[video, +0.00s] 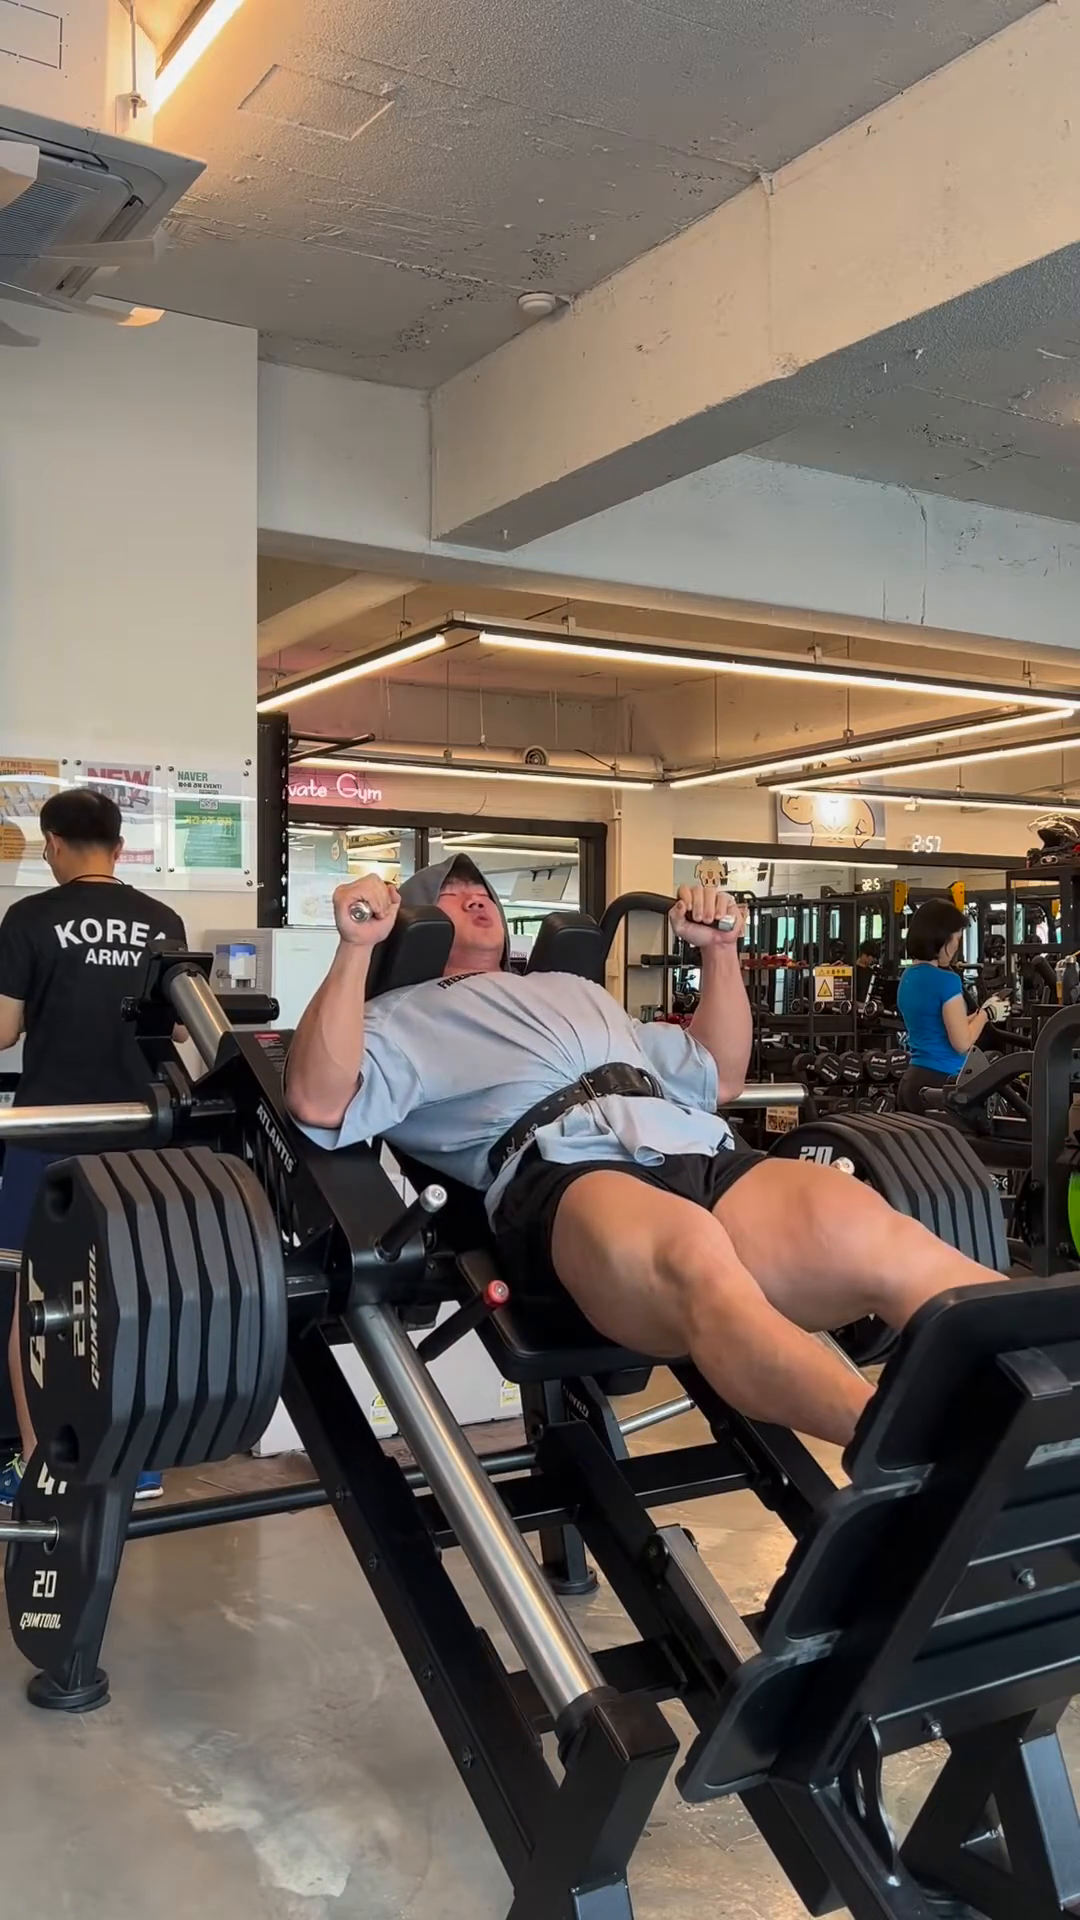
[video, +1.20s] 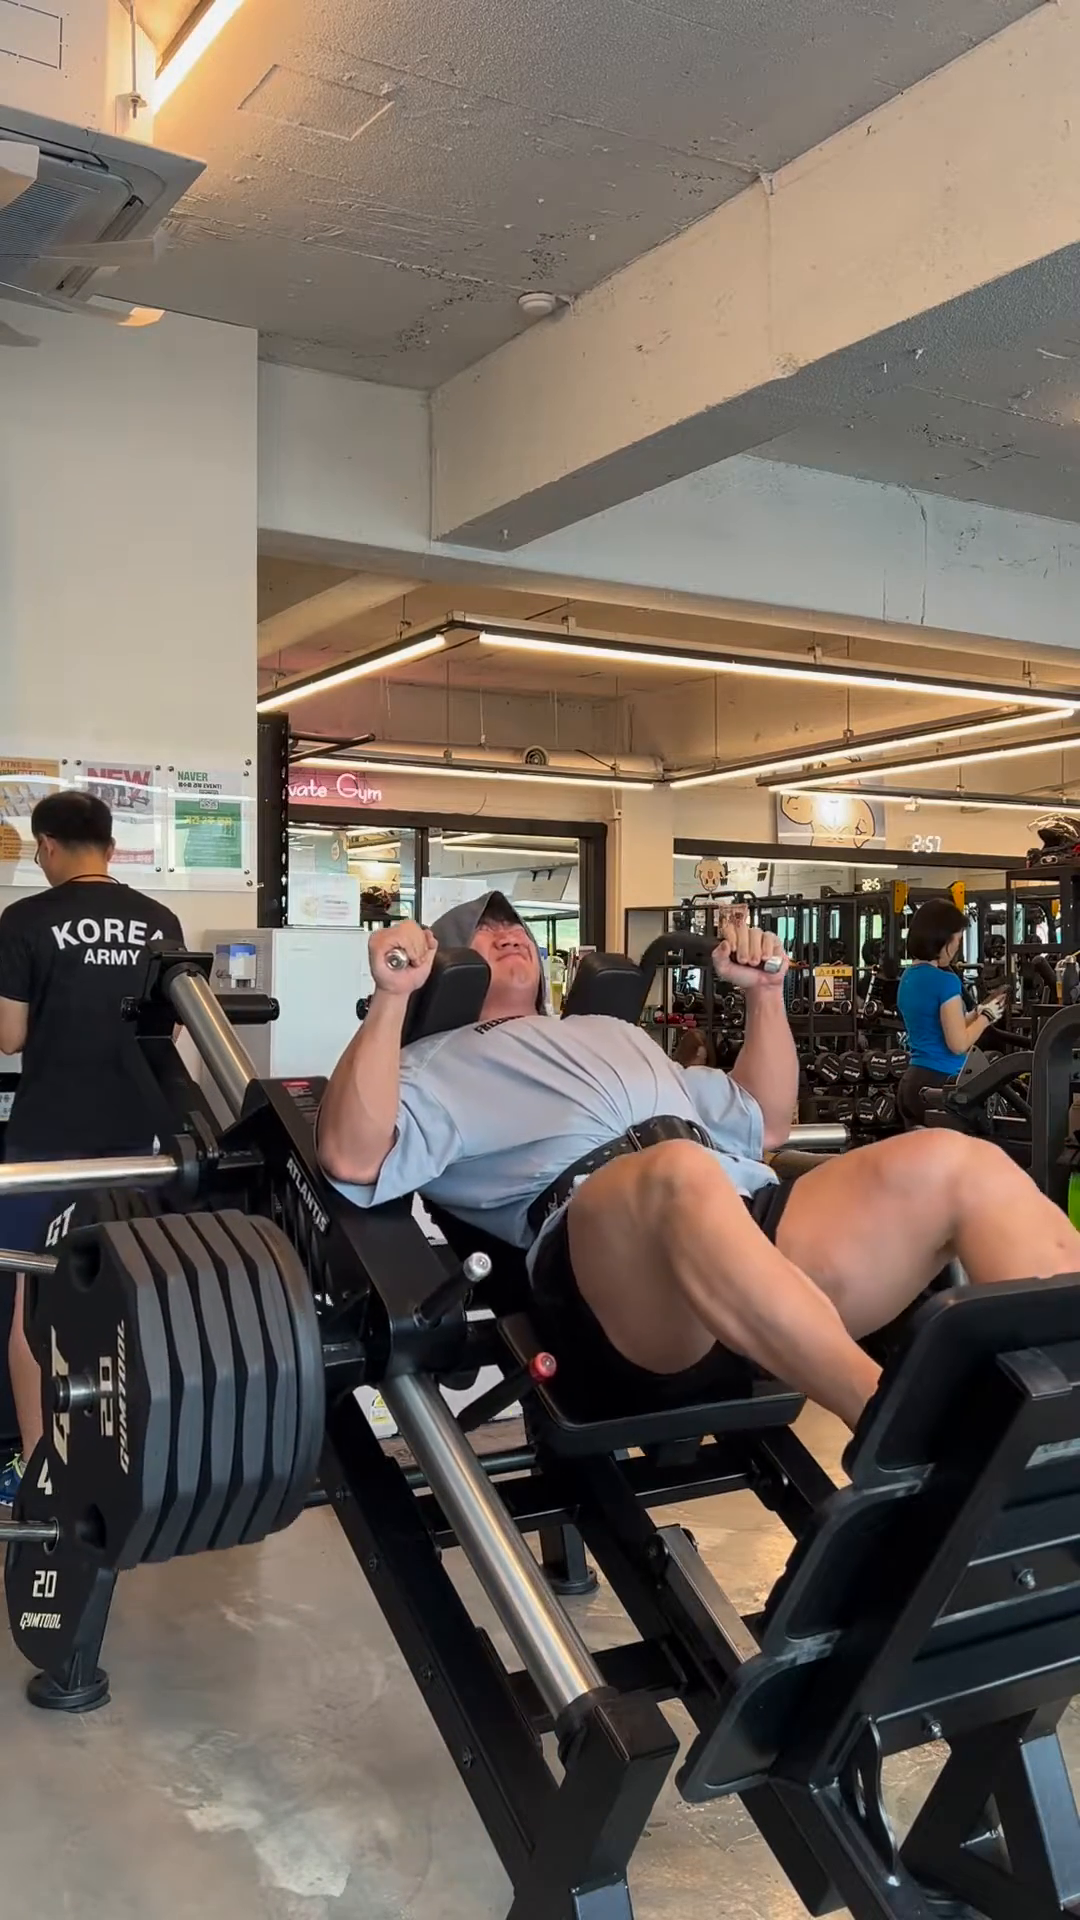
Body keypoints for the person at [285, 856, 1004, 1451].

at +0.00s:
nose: (480, 897)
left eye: (486, 891)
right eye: (457, 891)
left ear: (504, 920)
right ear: (419, 927)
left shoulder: (576, 990)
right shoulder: (405, 1017)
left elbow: (716, 1075)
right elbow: (317, 1103)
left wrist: (720, 955)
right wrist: (353, 953)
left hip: (697, 1153)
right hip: (564, 1174)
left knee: (862, 1223)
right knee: (699, 1268)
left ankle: (1052, 1347)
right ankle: (896, 1434)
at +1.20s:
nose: (507, 937)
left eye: (516, 929)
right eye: (483, 932)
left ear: (542, 961)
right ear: (449, 978)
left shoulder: (614, 1037)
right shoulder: (436, 1066)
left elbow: (764, 1122)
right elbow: (352, 1159)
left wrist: (763, 994)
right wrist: (389, 1000)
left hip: (755, 1241)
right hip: (604, 1289)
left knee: (955, 1165)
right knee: (677, 1174)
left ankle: (1073, 1382)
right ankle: (899, 1426)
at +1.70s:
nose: (550, 989)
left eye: (558, 979)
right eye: (525, 980)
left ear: (580, 1013)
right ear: (481, 1021)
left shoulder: (662, 1094)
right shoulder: (476, 1129)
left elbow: (819, 1181)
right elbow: (392, 1230)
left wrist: (818, 1046)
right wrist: (437, 1057)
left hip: (821, 1326)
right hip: (673, 1389)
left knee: (993, 1148)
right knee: (676, 1158)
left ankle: (1071, 1380)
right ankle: (892, 1409)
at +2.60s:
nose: (619, 1066)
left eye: (626, 1052)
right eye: (588, 1058)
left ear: (651, 1085)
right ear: (550, 1098)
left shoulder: (737, 1178)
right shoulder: (543, 1227)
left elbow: (891, 1257)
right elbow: (461, 1345)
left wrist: (907, 1132)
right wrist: (507, 1159)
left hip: (903, 1380)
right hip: (765, 1470)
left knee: (1004, 1146)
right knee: (671, 1171)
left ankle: (1073, 1388)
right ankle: (894, 1415)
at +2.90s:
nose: (629, 1077)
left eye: (635, 1063)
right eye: (599, 1072)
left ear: (662, 1096)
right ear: (559, 1114)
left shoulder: (763, 1200)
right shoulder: (555, 1239)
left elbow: (902, 1270)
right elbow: (474, 1364)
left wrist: (921, 1153)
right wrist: (516, 1177)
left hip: (917, 1395)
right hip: (781, 1481)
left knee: (1001, 1148)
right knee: (667, 1177)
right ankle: (892, 1417)